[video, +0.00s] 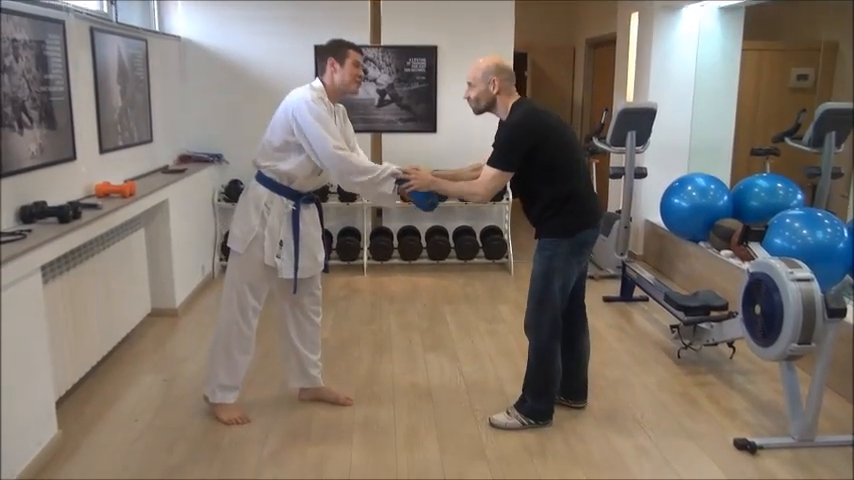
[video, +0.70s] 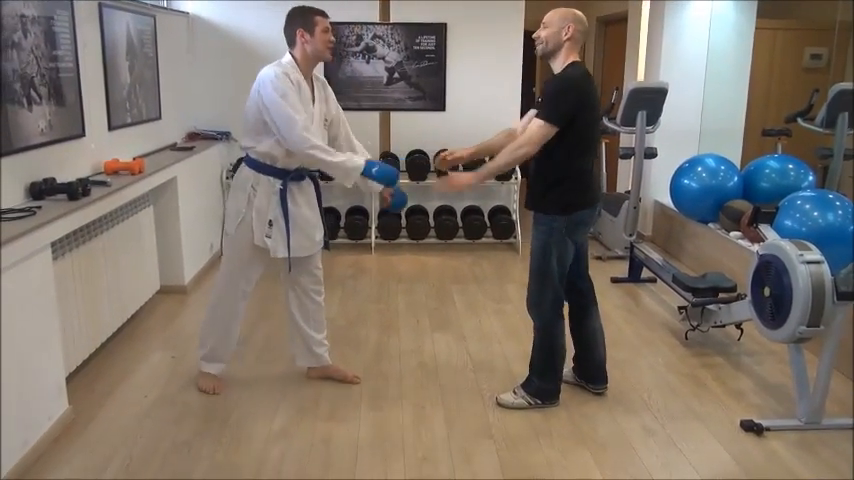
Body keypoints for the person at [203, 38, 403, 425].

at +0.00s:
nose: (361, 76)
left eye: (363, 69)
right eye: (356, 66)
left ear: (336, 70)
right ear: (332, 67)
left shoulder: (338, 112)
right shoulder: (305, 102)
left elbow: (356, 169)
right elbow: (339, 163)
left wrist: (398, 192)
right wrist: (396, 174)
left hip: (304, 211)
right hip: (267, 206)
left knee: (306, 298)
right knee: (244, 302)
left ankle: (309, 383)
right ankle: (221, 394)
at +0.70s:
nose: (333, 40)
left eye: (332, 33)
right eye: (326, 32)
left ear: (311, 39)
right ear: (301, 37)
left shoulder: (321, 87)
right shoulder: (273, 79)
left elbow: (346, 143)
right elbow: (299, 143)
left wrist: (380, 186)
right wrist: (362, 170)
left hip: (300, 189)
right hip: (258, 187)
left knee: (308, 276)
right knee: (237, 278)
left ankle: (317, 360)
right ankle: (210, 366)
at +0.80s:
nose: (321, 40)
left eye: (319, 34)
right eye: (314, 34)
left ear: (299, 39)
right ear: (290, 37)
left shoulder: (310, 87)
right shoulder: (259, 80)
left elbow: (331, 148)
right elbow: (268, 149)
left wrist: (354, 199)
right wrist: (325, 186)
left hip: (298, 191)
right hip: (256, 191)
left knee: (307, 278)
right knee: (234, 277)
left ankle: (318, 361)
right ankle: (212, 366)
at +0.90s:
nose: (311, 42)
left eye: (309, 36)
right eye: (304, 35)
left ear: (284, 41)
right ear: (279, 40)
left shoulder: (303, 90)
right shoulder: (245, 85)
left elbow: (309, 153)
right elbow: (244, 155)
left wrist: (316, 205)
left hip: (290, 193)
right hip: (247, 195)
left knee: (306, 281)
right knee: (229, 285)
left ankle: (319, 363)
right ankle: (212, 369)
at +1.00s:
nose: (302, 47)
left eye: (301, 40)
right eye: (296, 40)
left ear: (276, 45)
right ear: (271, 44)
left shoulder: (293, 92)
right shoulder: (235, 89)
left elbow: (282, 154)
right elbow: (218, 157)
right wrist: (211, 221)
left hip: (281, 196)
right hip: (239, 197)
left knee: (303, 284)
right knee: (225, 289)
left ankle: (318, 365)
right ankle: (211, 371)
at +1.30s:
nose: (304, 55)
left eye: (304, 48)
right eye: (298, 48)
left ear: (280, 51)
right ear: (273, 50)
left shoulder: (296, 95)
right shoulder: (233, 92)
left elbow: (307, 152)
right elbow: (196, 152)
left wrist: (325, 196)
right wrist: (194, 207)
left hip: (281, 201)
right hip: (236, 201)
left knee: (297, 286)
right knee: (221, 291)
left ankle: (307, 369)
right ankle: (213, 376)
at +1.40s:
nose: (312, 60)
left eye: (312, 53)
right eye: (306, 52)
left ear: (292, 55)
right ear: (280, 52)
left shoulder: (309, 100)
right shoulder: (240, 92)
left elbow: (324, 155)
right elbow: (210, 155)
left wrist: (353, 197)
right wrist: (228, 203)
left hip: (283, 202)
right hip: (238, 200)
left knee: (298, 289)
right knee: (223, 291)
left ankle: (310, 371)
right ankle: (213, 377)